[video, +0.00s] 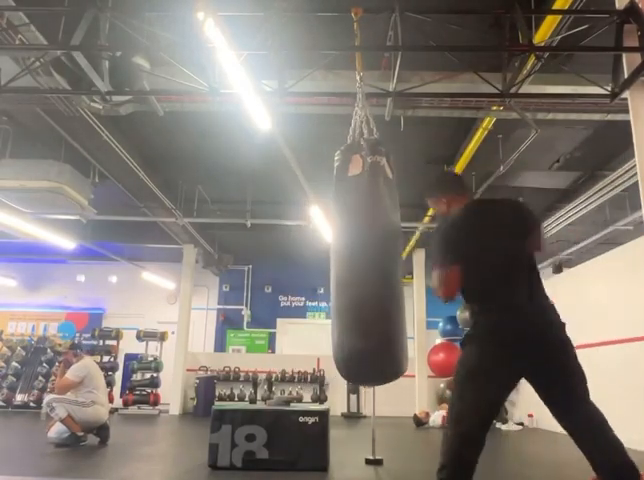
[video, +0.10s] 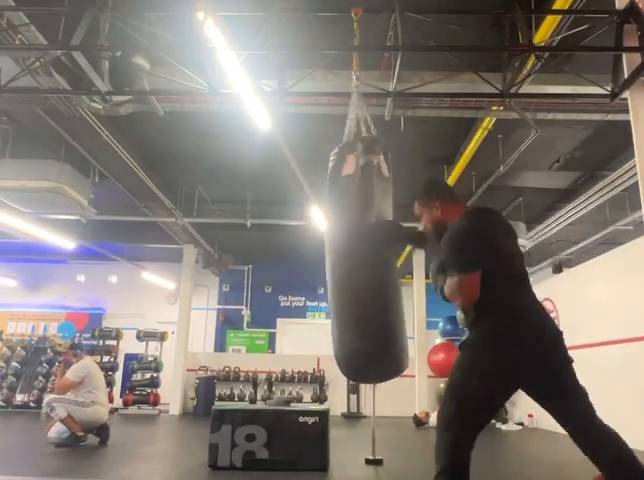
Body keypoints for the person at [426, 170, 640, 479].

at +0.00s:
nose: (435, 212)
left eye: (434, 205)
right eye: (432, 206)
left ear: (445, 199)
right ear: (465, 191)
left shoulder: (452, 229)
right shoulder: (512, 208)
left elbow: (447, 291)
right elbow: (537, 245)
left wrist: (447, 266)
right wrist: (502, 250)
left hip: (493, 335)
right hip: (543, 328)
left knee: (464, 431)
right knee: (579, 413)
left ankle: (452, 474)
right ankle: (626, 474)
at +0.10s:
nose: (423, 225)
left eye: (421, 216)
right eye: (419, 218)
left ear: (436, 207)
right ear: (449, 201)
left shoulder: (459, 233)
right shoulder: (493, 220)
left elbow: (465, 293)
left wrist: (446, 284)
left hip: (495, 342)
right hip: (537, 334)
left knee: (453, 434)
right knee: (586, 427)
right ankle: (632, 472)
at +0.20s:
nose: (425, 224)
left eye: (424, 214)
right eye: (422, 217)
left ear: (438, 204)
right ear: (454, 199)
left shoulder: (459, 222)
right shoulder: (504, 221)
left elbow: (464, 268)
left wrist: (433, 280)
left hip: (490, 339)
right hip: (536, 333)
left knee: (451, 425)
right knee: (569, 421)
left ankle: (447, 473)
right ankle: (621, 474)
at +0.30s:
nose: (440, 223)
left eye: (440, 216)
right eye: (437, 218)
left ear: (452, 205)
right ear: (469, 201)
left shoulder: (460, 219)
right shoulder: (529, 225)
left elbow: (452, 249)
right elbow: (550, 280)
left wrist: (430, 284)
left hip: (491, 339)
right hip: (543, 338)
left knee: (454, 422)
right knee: (559, 419)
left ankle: (445, 473)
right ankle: (603, 475)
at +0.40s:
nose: (461, 223)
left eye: (462, 217)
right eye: (460, 219)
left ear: (472, 208)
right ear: (494, 203)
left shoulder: (475, 221)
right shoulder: (551, 224)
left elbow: (457, 258)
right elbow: (567, 284)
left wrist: (433, 309)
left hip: (502, 343)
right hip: (557, 341)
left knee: (463, 432)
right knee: (570, 425)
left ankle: (454, 474)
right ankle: (603, 475)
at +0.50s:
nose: (484, 209)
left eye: (484, 203)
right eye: (482, 205)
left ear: (497, 192)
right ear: (516, 189)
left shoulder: (498, 212)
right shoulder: (570, 215)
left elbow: (493, 260)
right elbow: (573, 275)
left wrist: (468, 308)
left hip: (527, 334)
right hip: (579, 334)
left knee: (491, 422)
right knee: (594, 427)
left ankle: (475, 472)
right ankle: (616, 476)